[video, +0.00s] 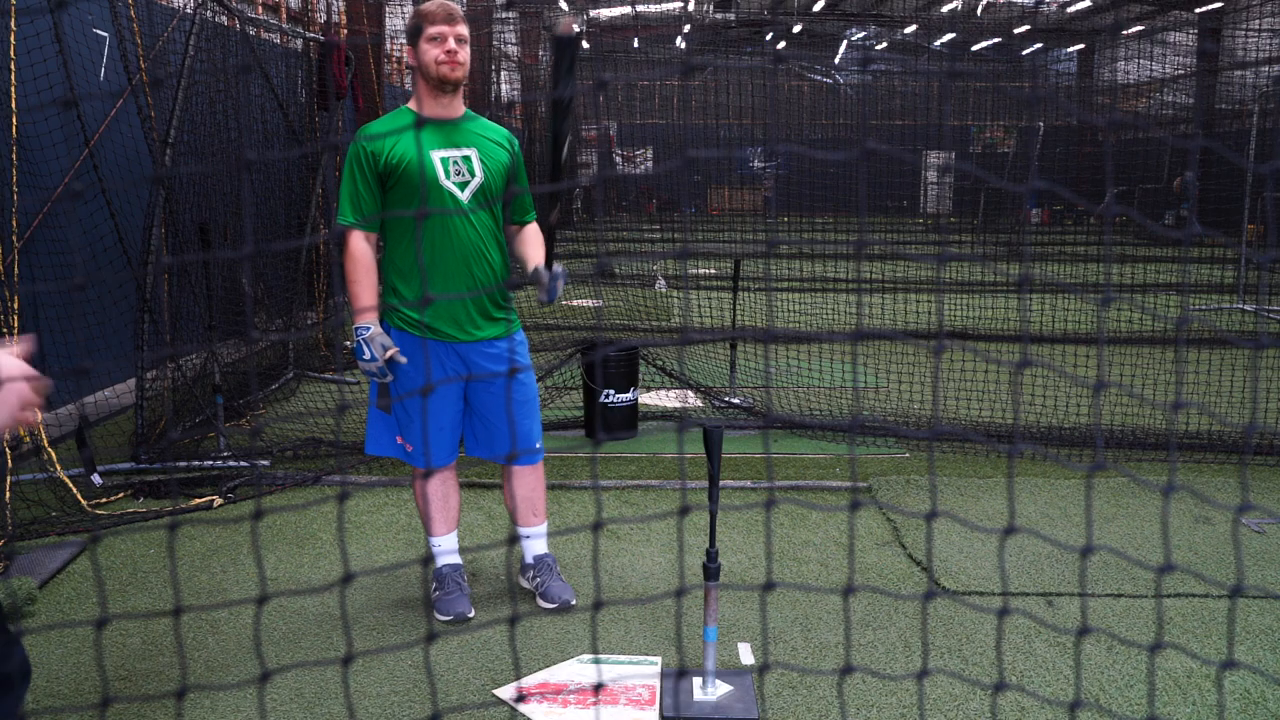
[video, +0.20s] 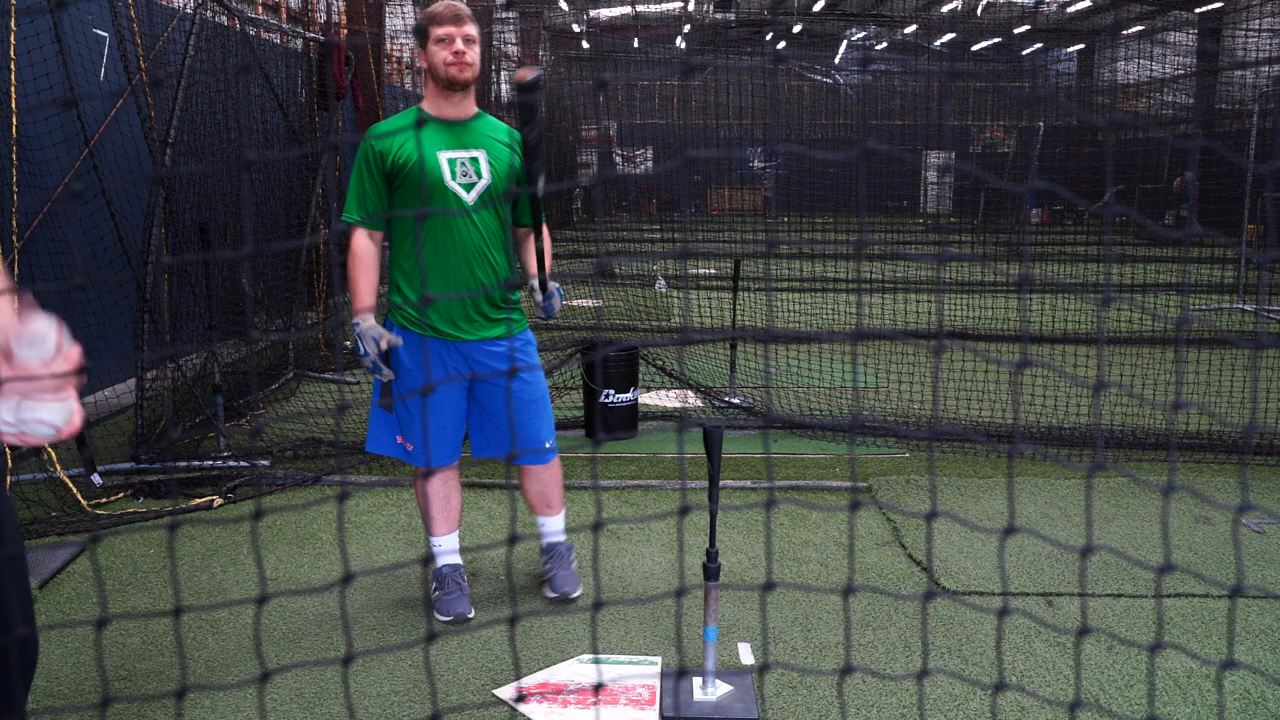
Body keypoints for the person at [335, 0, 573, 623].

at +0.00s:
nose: (452, 50)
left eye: (460, 41)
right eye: (437, 41)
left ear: (471, 54)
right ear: (412, 55)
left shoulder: (500, 143)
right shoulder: (376, 143)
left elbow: (522, 222)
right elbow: (360, 237)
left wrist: (539, 267)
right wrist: (367, 323)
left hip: (496, 327)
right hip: (416, 332)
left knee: (525, 445)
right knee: (434, 455)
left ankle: (536, 561)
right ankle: (447, 568)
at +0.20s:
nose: (459, 50)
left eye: (468, 41)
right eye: (444, 42)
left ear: (482, 55)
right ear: (421, 57)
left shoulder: (508, 142)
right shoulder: (386, 142)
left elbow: (531, 225)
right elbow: (366, 235)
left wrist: (541, 280)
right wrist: (364, 319)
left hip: (503, 325)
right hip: (423, 330)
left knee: (537, 442)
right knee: (437, 454)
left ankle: (556, 548)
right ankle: (447, 566)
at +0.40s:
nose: (471, 52)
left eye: (481, 42)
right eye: (458, 44)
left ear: (500, 55)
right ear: (440, 58)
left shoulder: (533, 146)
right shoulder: (406, 142)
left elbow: (555, 226)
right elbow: (379, 221)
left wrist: (552, 281)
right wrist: (373, 286)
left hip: (518, 327)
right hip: (438, 328)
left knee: (544, 447)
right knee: (443, 455)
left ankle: (565, 546)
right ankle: (449, 567)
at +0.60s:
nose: (491, 55)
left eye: (502, 44)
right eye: (478, 46)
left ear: (524, 55)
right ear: (465, 60)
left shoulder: (559, 146)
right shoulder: (435, 139)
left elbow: (584, 225)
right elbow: (395, 222)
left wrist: (576, 285)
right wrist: (408, 222)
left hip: (539, 322)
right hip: (459, 324)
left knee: (553, 443)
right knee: (456, 451)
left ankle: (563, 549)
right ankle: (450, 567)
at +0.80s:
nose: (511, 58)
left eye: (523, 48)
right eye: (502, 50)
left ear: (550, 57)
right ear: (493, 61)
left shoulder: (585, 147)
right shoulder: (461, 138)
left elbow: (612, 225)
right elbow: (430, 226)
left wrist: (603, 281)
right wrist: (445, 209)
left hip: (561, 324)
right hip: (483, 324)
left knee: (566, 444)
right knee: (472, 449)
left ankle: (564, 548)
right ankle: (452, 566)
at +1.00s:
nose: (533, 62)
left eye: (545, 51)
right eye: (523, 54)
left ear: (572, 58)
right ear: (516, 64)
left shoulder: (605, 148)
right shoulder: (485, 137)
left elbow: (628, 231)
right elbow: (453, 226)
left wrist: (621, 291)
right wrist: (465, 212)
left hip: (577, 323)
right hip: (500, 321)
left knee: (573, 438)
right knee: (483, 443)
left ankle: (565, 548)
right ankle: (458, 564)